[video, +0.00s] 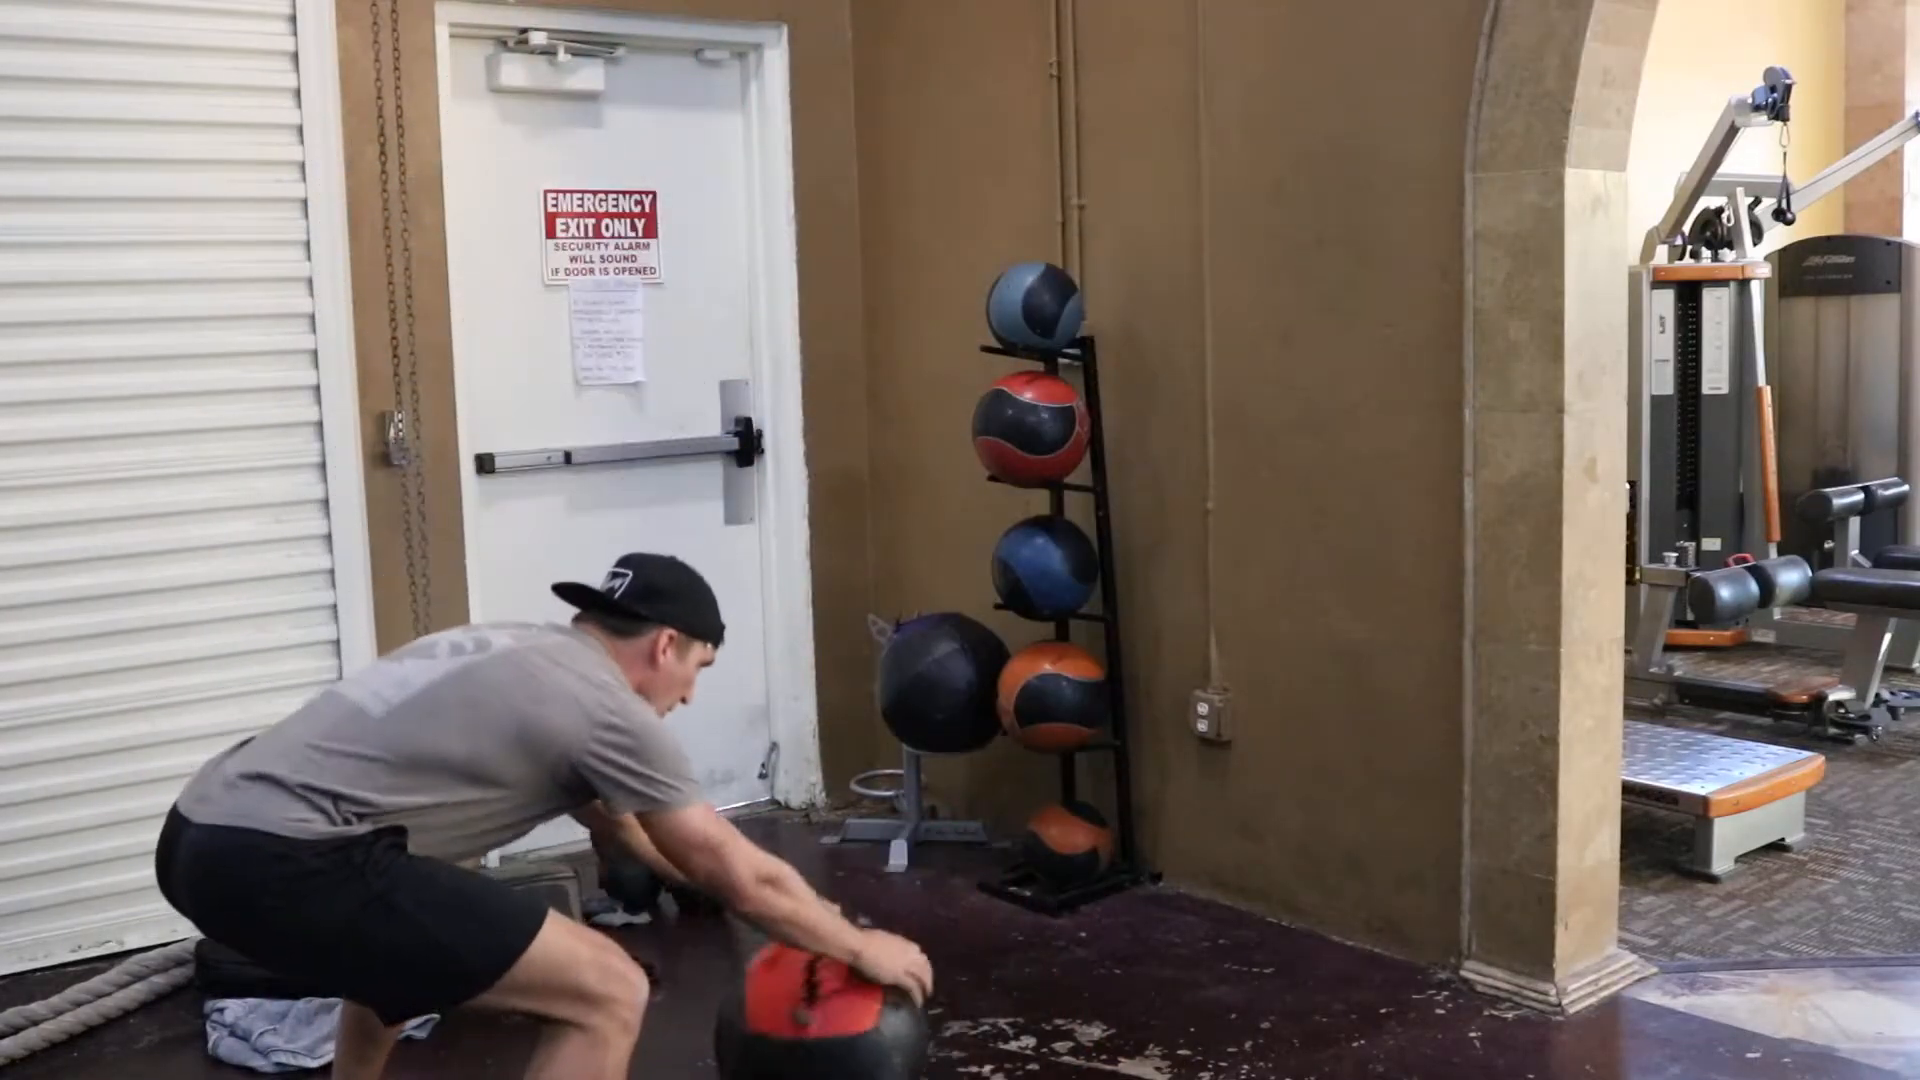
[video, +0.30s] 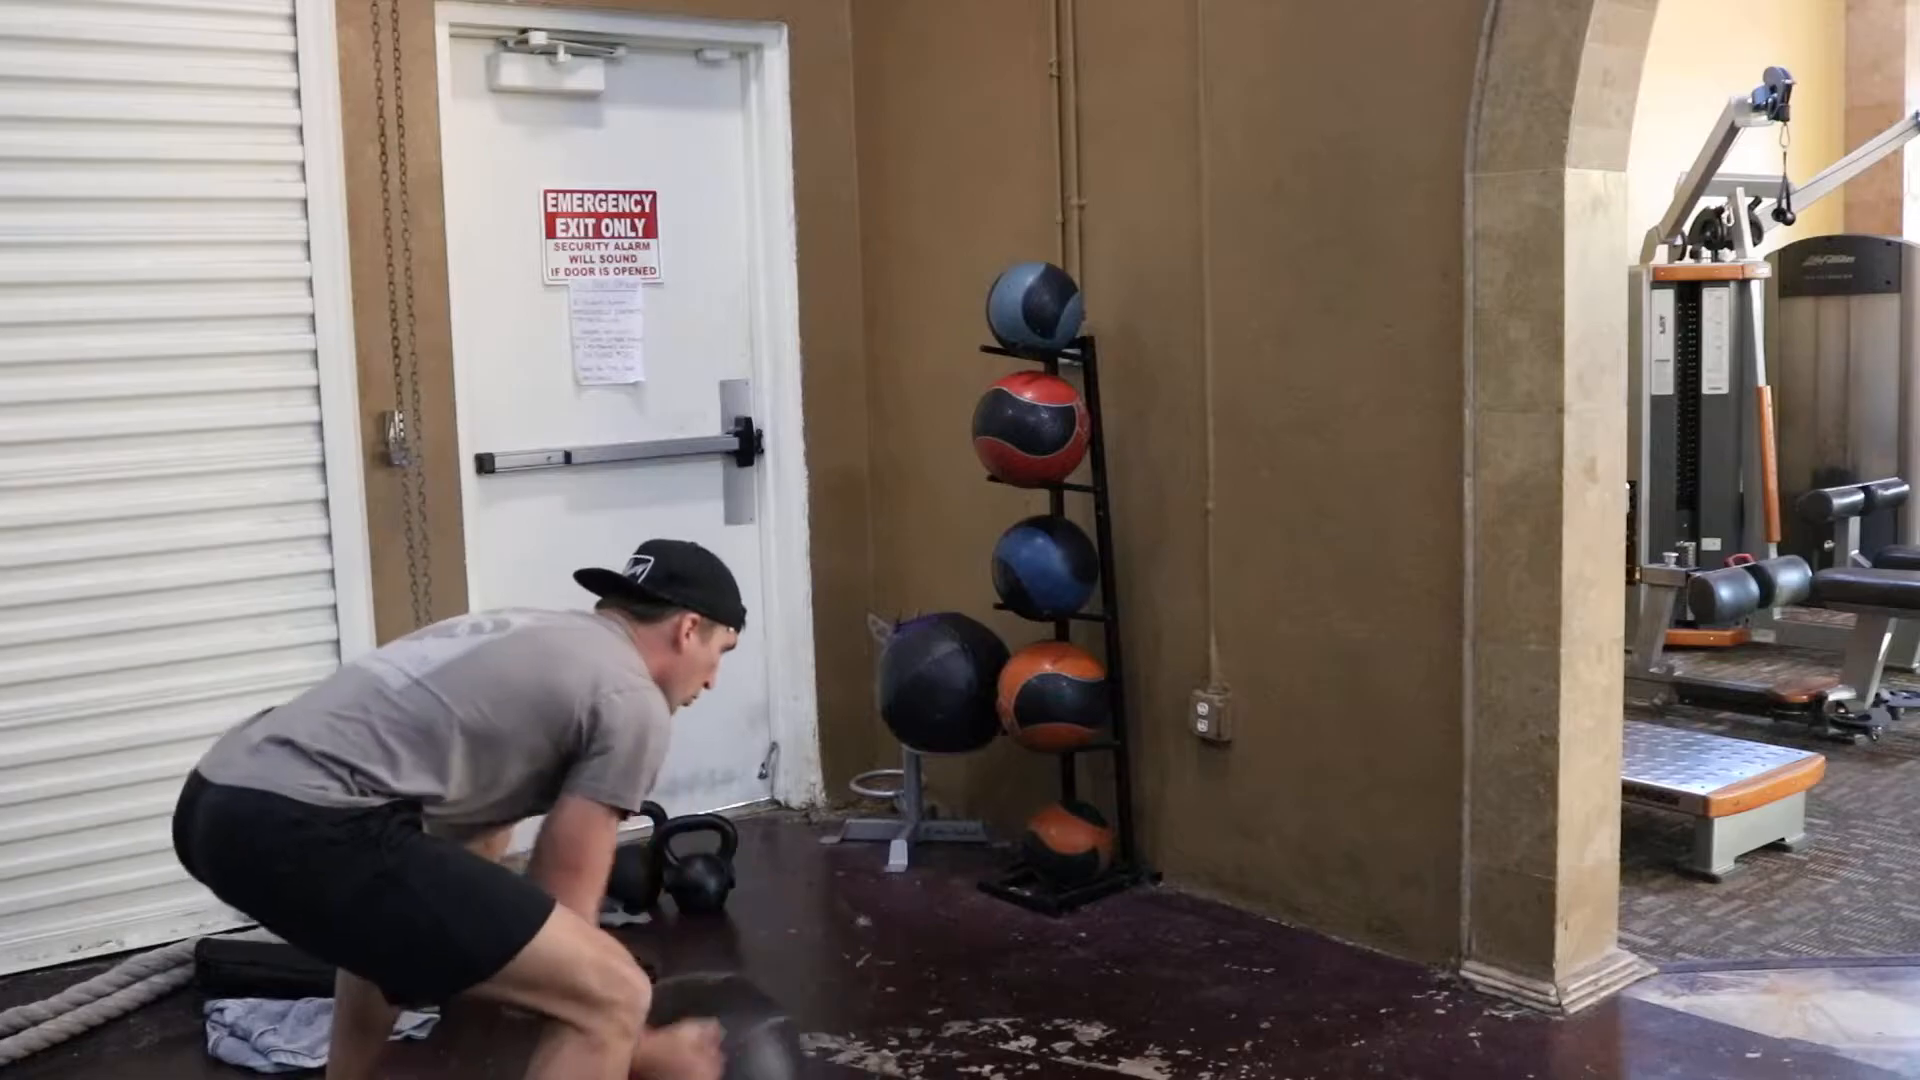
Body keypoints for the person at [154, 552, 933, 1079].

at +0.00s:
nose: (689, 694)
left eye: (698, 675)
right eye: (695, 670)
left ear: (609, 626)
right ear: (659, 647)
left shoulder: (515, 647)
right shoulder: (602, 705)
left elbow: (608, 808)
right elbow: (740, 878)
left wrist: (704, 880)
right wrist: (858, 945)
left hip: (198, 843)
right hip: (287, 864)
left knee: (401, 909)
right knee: (612, 990)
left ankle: (353, 1071)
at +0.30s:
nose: (715, 678)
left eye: (724, 655)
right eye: (721, 651)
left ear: (623, 607)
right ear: (686, 631)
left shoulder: (531, 630)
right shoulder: (632, 698)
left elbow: (462, 849)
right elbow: (556, 923)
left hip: (213, 804)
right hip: (314, 828)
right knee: (612, 991)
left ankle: (348, 1066)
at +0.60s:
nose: (732, 738)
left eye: (740, 716)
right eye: (738, 712)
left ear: (642, 665)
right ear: (704, 694)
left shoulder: (543, 677)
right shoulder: (633, 756)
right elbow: (548, 956)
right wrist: (509, 1060)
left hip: (227, 829)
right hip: (322, 851)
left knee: (392, 933)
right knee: (630, 1001)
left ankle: (350, 1071)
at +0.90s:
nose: (736, 793)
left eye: (746, 772)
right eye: (744, 769)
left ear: (648, 724)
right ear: (710, 755)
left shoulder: (557, 742)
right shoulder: (642, 812)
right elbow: (542, 998)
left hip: (229, 865)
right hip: (324, 888)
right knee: (643, 1007)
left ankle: (341, 1073)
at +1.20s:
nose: (733, 673)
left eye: (739, 654)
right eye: (736, 653)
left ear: (639, 625)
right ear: (702, 651)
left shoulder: (543, 655)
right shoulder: (631, 726)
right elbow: (540, 889)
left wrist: (357, 1003)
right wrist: (470, 1062)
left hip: (236, 818)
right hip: (327, 841)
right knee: (626, 1006)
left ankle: (347, 1055)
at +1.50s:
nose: (532, 179)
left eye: (529, 156)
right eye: (523, 155)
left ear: (434, 162)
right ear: (481, 160)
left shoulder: (363, 284)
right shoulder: (493, 293)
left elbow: (533, 459)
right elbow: (642, 462)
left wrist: (665, 561)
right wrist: (786, 590)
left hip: (342, 645)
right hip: (448, 655)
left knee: (390, 894)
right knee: (564, 956)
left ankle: (346, 1073)